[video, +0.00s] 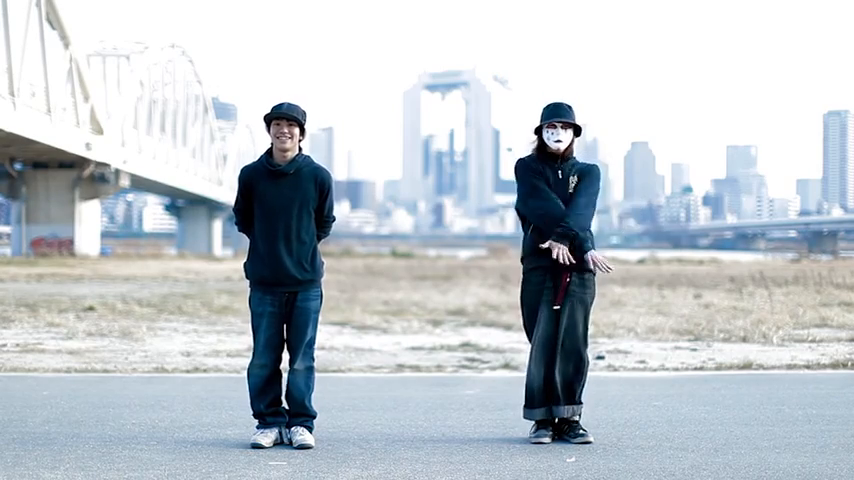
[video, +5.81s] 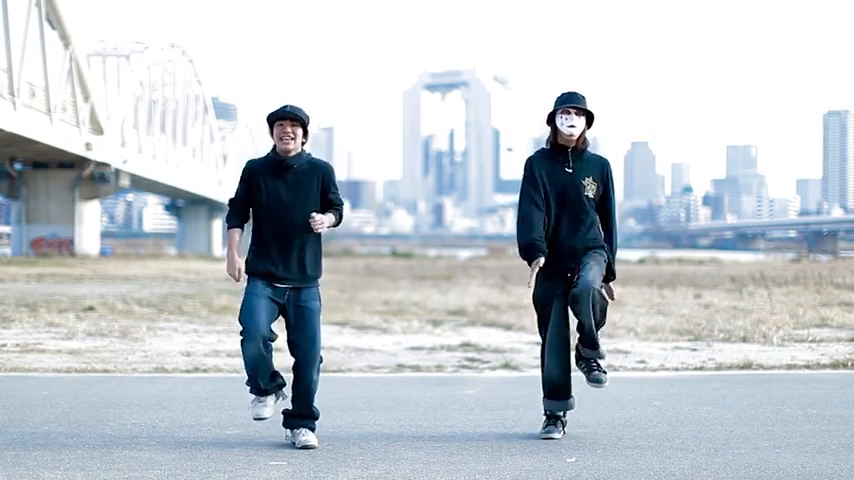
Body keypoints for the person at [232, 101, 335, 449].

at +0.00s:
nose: (284, 133)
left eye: (291, 128)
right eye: (278, 127)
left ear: (301, 134)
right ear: (269, 132)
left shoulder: (318, 177)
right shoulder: (250, 175)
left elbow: (324, 225)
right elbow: (243, 220)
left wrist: (299, 243)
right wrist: (269, 240)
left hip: (306, 279)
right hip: (264, 279)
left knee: (302, 355)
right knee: (264, 355)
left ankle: (300, 424)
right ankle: (268, 424)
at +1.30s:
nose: (247, 143)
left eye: (253, 136)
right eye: (240, 138)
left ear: (265, 141)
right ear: (233, 145)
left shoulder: (293, 174)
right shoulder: (237, 189)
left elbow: (327, 207)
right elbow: (257, 225)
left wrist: (318, 233)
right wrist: (300, 234)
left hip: (313, 278)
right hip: (275, 280)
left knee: (305, 353)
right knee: (267, 353)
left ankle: (301, 425)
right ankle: (267, 424)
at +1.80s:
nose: (277, 148)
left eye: (284, 142)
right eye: (271, 141)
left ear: (292, 146)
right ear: (261, 143)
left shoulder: (312, 182)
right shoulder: (244, 183)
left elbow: (322, 230)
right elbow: (229, 231)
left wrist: (298, 248)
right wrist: (256, 253)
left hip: (302, 288)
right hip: (259, 289)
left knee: (302, 359)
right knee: (258, 361)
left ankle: (301, 425)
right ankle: (266, 425)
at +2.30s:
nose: (326, 153)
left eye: (333, 150)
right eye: (321, 147)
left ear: (340, 160)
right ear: (309, 152)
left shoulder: (336, 201)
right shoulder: (279, 183)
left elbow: (310, 235)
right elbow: (242, 211)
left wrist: (278, 249)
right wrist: (251, 249)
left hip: (292, 283)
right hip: (253, 281)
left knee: (297, 351)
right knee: (259, 353)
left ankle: (299, 422)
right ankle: (266, 422)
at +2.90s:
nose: (281, 160)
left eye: (288, 154)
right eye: (276, 154)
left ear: (300, 159)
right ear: (269, 158)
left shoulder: (318, 197)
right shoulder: (257, 203)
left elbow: (335, 244)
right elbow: (250, 246)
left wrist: (312, 278)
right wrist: (265, 271)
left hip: (300, 294)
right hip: (259, 293)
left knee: (299, 364)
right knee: (255, 365)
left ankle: (301, 426)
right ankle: (266, 425)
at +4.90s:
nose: (270, 152)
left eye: (276, 146)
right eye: (264, 147)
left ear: (288, 151)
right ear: (256, 154)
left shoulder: (311, 188)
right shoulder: (250, 199)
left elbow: (329, 235)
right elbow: (249, 243)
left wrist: (310, 260)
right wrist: (271, 261)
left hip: (302, 291)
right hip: (261, 290)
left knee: (298, 362)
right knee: (253, 363)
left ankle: (302, 426)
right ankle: (266, 425)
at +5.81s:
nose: (287, 134)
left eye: (293, 129)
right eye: (281, 129)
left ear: (303, 134)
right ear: (272, 134)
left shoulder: (320, 171)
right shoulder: (255, 170)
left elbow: (336, 210)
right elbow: (236, 212)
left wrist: (327, 219)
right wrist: (232, 252)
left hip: (305, 280)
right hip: (263, 277)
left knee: (309, 355)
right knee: (253, 333)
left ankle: (302, 424)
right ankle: (266, 388)